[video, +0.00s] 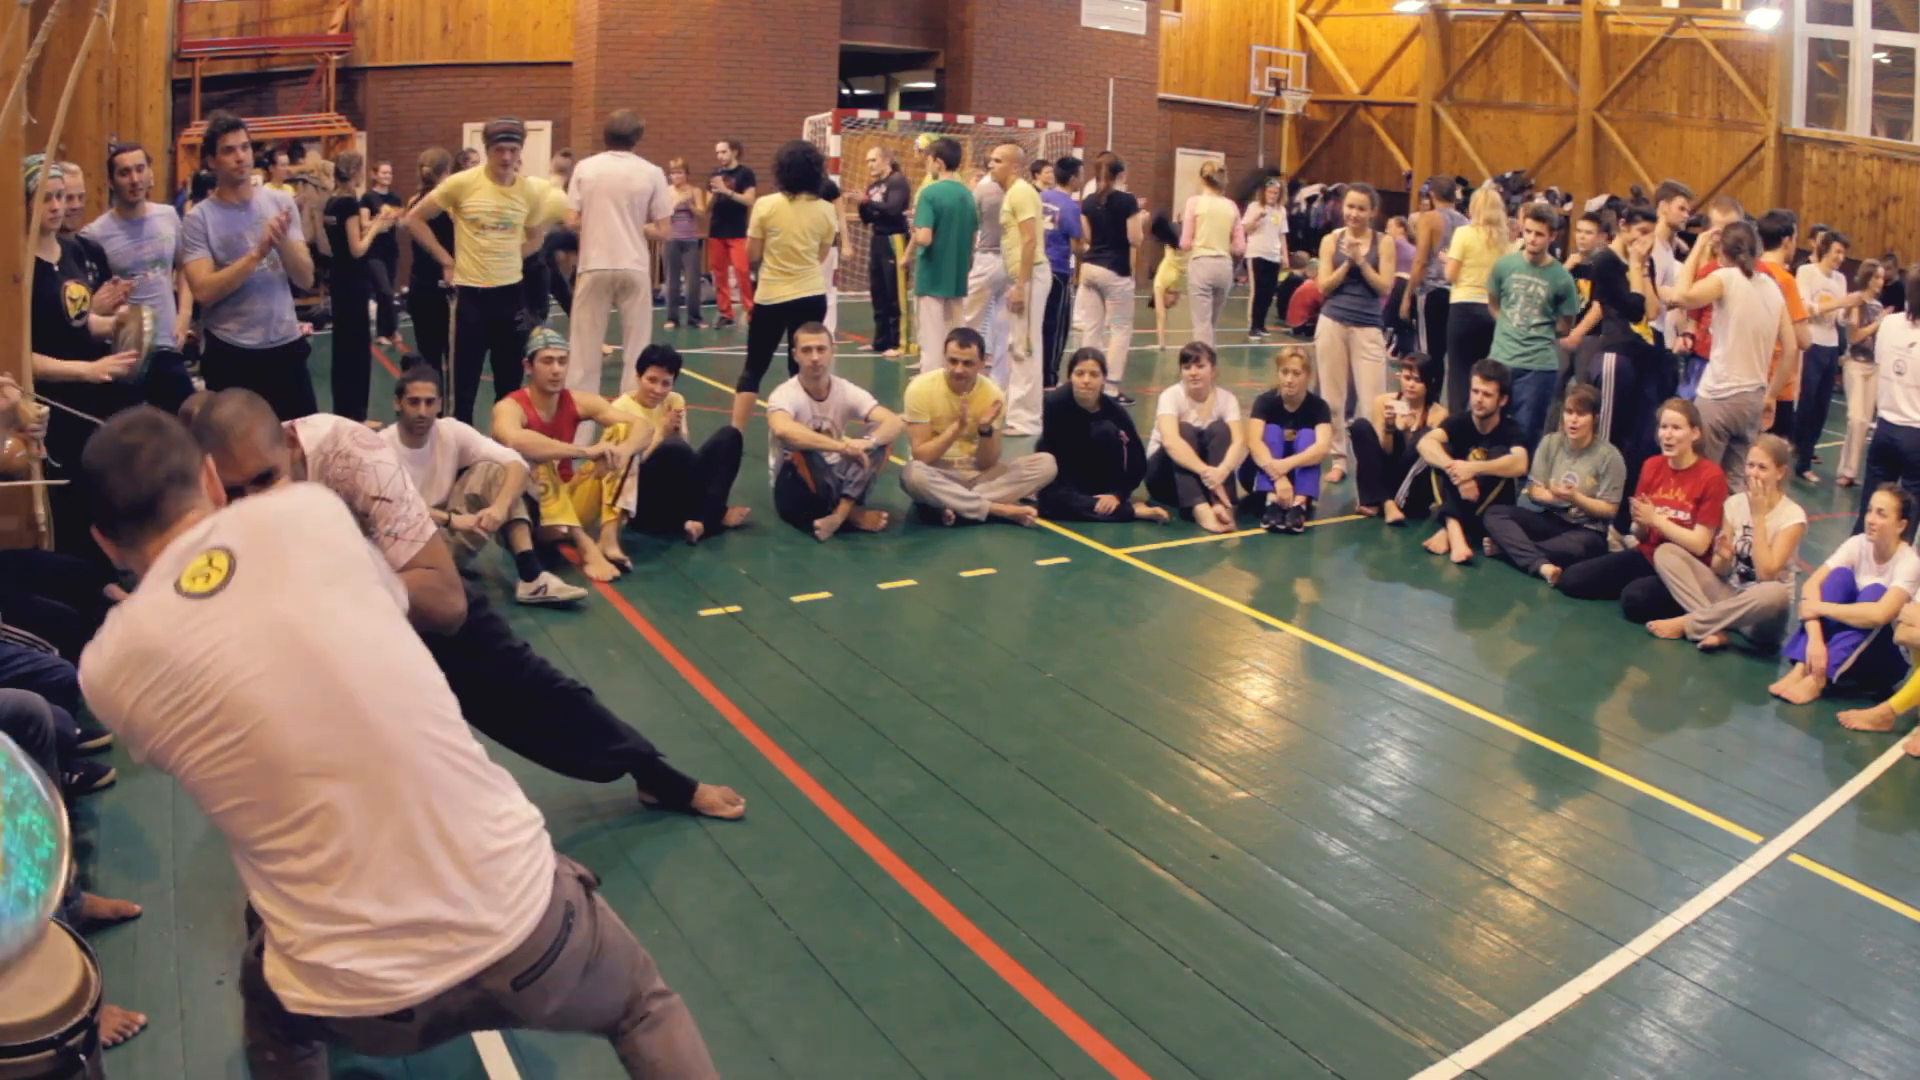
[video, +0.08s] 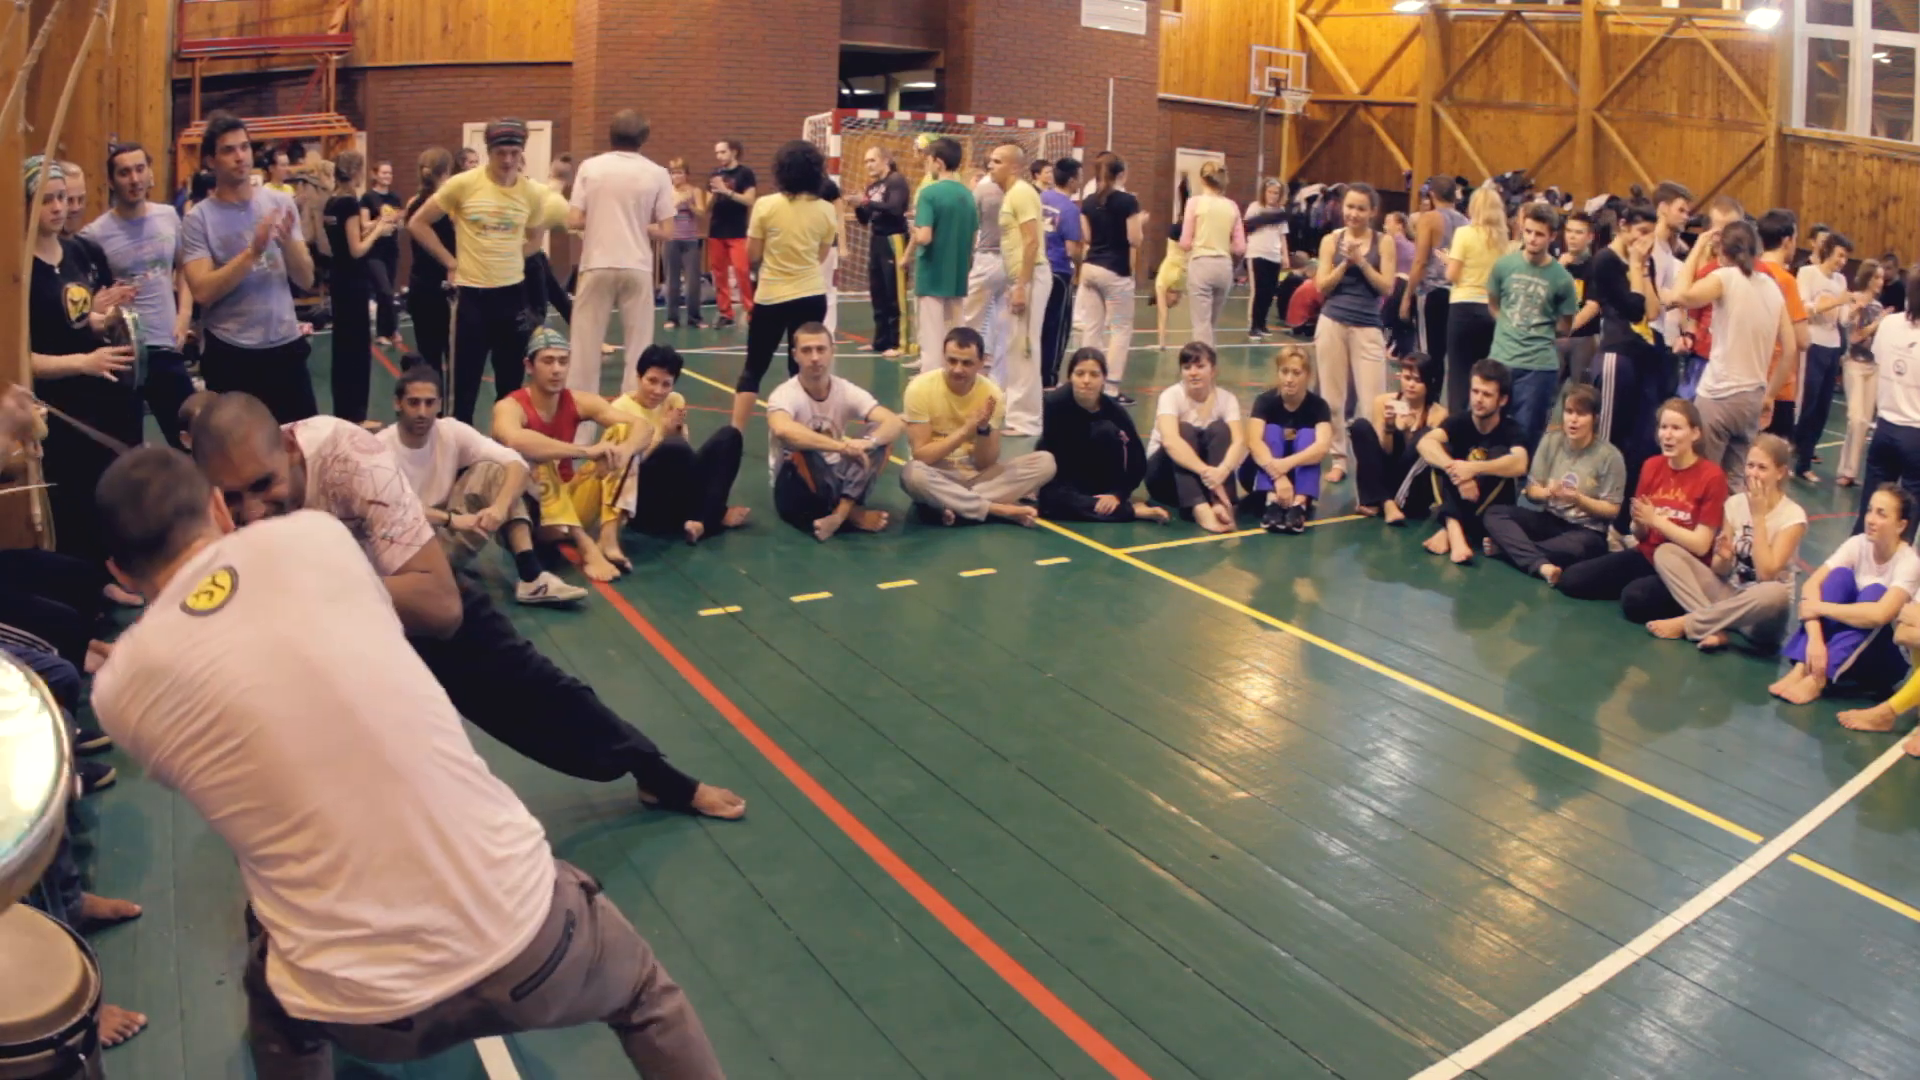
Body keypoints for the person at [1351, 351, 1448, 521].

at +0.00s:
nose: (1411, 385)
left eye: (1418, 380)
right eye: (1407, 378)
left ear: (1430, 383)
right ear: (1399, 378)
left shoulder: (1438, 414)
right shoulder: (1383, 402)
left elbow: (1420, 455)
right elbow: (1386, 452)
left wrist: (1408, 433)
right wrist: (1389, 426)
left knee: (1425, 439)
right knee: (1360, 426)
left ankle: (1374, 501)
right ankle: (1387, 501)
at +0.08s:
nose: (1411, 385)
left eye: (1418, 380)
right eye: (1407, 378)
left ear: (1430, 383)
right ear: (1399, 378)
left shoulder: (1438, 414)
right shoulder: (1383, 402)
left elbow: (1419, 455)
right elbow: (1387, 452)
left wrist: (1408, 433)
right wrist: (1389, 426)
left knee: (1426, 438)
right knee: (1360, 426)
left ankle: (1374, 501)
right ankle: (1387, 501)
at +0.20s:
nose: (1411, 385)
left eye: (1418, 380)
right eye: (1407, 378)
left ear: (1430, 383)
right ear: (1400, 378)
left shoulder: (1438, 414)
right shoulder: (1383, 402)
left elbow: (1419, 455)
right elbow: (1387, 452)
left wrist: (1408, 433)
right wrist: (1389, 426)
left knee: (1426, 438)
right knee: (1359, 426)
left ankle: (1374, 501)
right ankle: (1387, 501)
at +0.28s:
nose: (1411, 385)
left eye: (1418, 380)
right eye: (1407, 378)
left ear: (1430, 383)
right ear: (1400, 378)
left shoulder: (1438, 414)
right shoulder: (1383, 402)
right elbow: (1386, 451)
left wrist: (1408, 433)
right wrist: (1389, 426)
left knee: (1426, 437)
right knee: (1359, 426)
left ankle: (1374, 500)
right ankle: (1387, 501)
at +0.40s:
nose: (1411, 385)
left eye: (1418, 380)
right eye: (1407, 378)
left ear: (1430, 383)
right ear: (1400, 378)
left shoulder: (1438, 414)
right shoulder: (1383, 402)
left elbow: (1420, 455)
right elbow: (1386, 451)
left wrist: (1408, 433)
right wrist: (1389, 426)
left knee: (1425, 439)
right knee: (1359, 426)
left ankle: (1374, 501)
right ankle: (1387, 501)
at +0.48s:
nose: (1411, 385)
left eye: (1418, 380)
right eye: (1407, 378)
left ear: (1430, 383)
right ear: (1400, 379)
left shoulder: (1438, 414)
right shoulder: (1383, 402)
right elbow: (1386, 451)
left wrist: (1408, 433)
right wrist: (1389, 426)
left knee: (1426, 438)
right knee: (1359, 426)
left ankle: (1373, 500)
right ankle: (1387, 501)